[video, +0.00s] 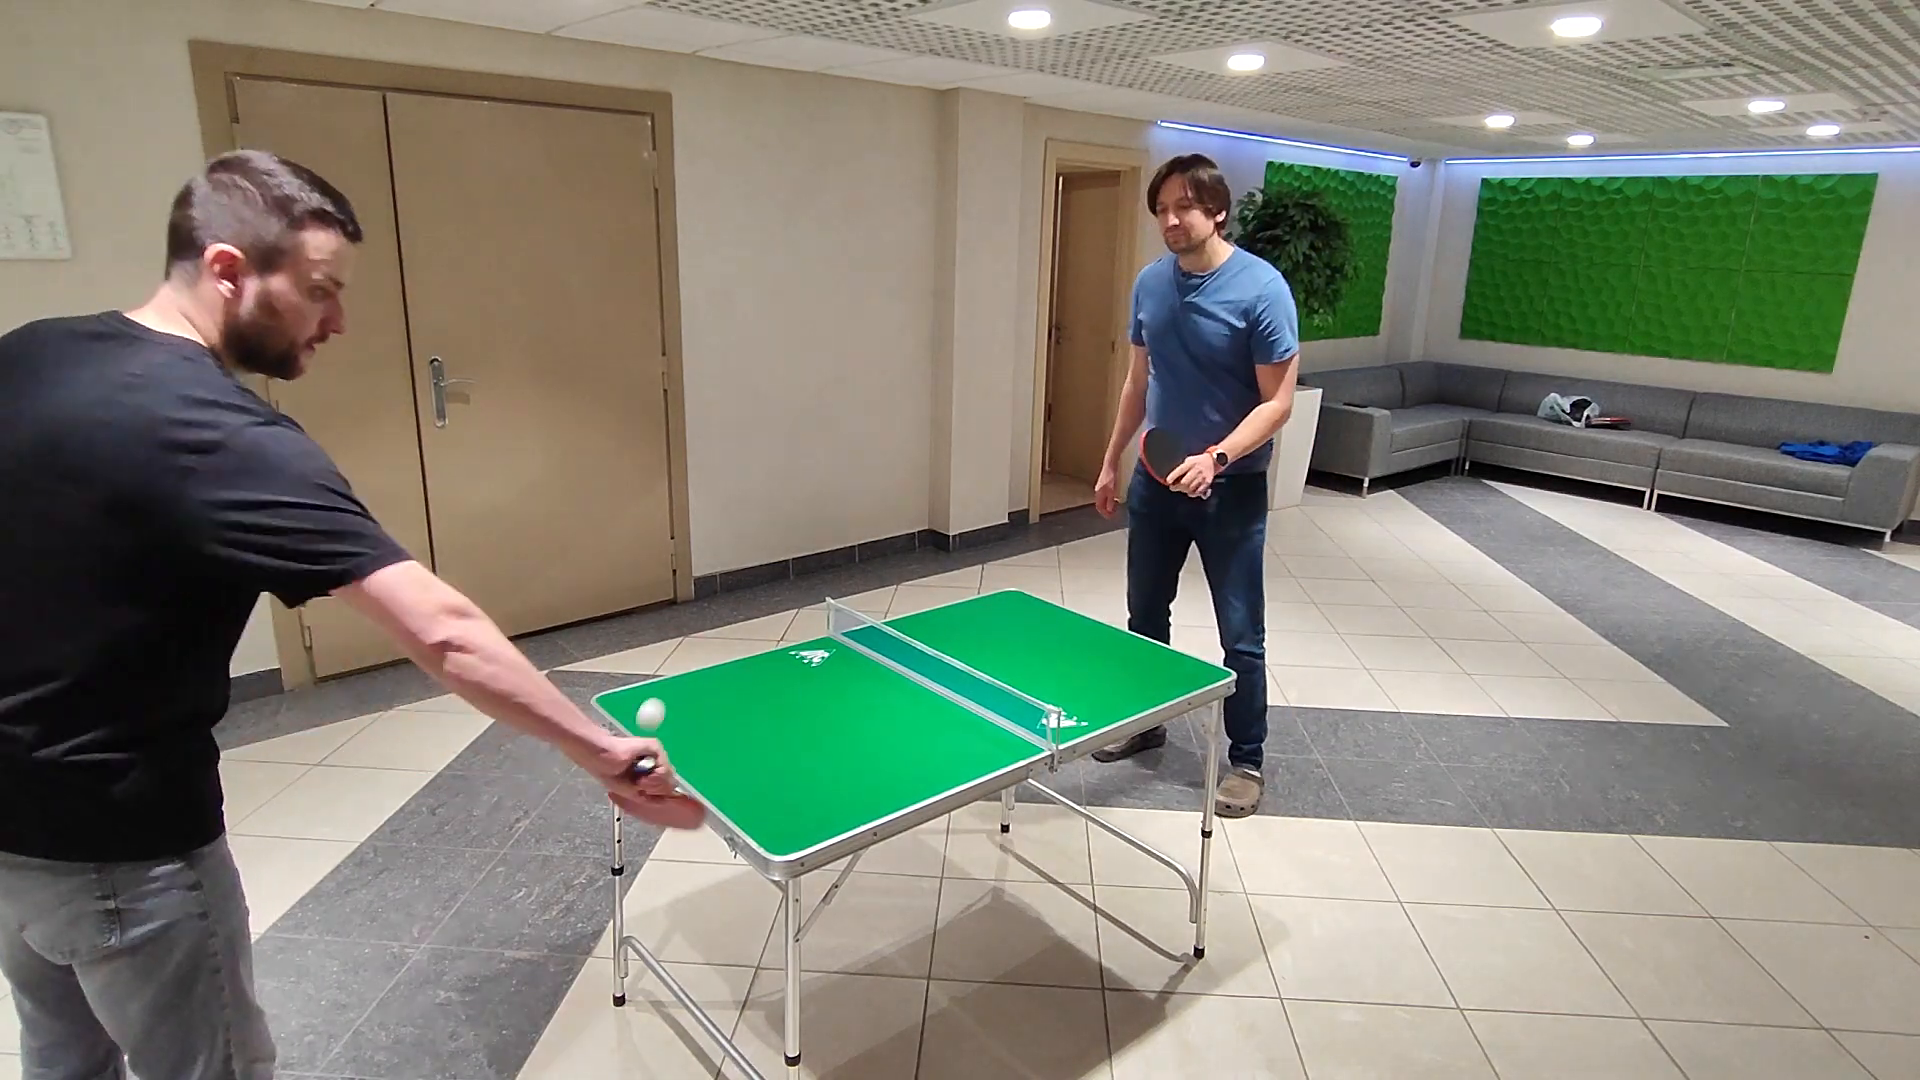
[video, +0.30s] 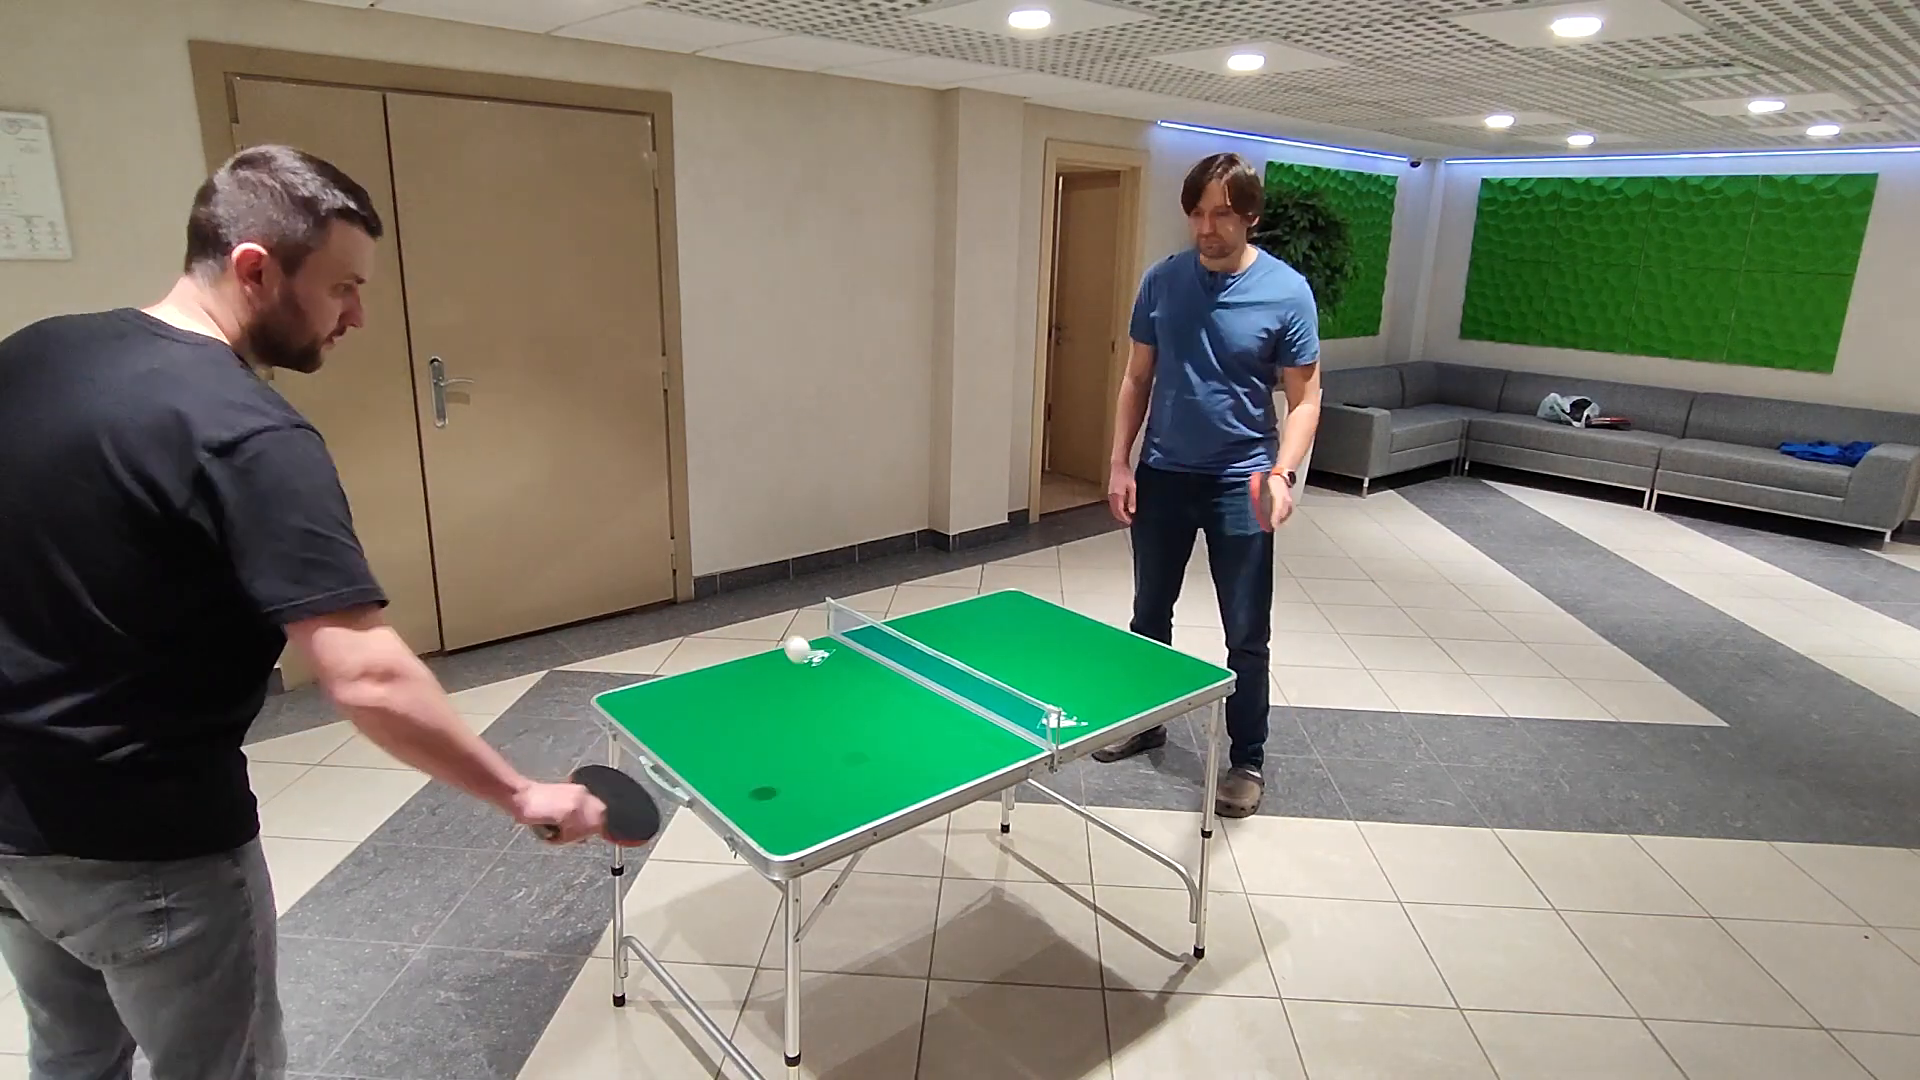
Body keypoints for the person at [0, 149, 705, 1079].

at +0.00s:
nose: (337, 322)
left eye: (339, 294)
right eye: (321, 288)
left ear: (222, 270)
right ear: (226, 271)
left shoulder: (26, 356)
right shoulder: (226, 433)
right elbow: (443, 633)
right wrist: (610, 752)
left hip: (9, 844)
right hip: (129, 864)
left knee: (60, 1067)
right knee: (216, 1067)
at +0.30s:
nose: (355, 316)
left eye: (358, 290)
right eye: (343, 286)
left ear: (248, 265)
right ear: (254, 268)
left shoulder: (31, 355)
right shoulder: (252, 432)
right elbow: (366, 679)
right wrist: (519, 794)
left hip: (17, 825)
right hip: (154, 851)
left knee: (72, 1060)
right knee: (222, 1064)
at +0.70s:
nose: (285, 276)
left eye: (281, 249)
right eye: (264, 249)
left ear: (162, 247)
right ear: (163, 243)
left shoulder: (82, 359)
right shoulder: (139, 419)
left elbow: (202, 575)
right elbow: (152, 687)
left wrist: (326, 676)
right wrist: (315, 809)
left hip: (82, 798)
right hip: (170, 823)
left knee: (102, 1039)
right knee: (366, 996)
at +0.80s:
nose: (333, 287)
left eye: (331, 258)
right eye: (313, 259)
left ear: (213, 256)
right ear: (216, 254)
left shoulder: (165, 366)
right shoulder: (177, 426)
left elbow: (266, 561)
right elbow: (174, 692)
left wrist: (402, 656)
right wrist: (352, 795)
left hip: (121, 795)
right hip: (201, 820)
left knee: (115, 1038)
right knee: (389, 1011)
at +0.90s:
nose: (408, 311)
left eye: (407, 284)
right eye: (392, 286)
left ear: (299, 279)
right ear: (304, 279)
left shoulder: (248, 381)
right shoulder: (252, 444)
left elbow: (359, 546)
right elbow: (217, 706)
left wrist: (500, 631)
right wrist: (398, 800)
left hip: (154, 797)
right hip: (238, 822)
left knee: (131, 1046)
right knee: (426, 1026)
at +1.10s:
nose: (609, 390)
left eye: (612, 369)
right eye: (604, 369)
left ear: (523, 352)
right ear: (536, 359)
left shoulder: (433, 414)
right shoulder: (435, 489)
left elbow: (562, 546)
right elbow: (344, 735)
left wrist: (703, 613)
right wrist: (494, 854)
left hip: (246, 769)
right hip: (317, 808)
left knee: (217, 1021)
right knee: (515, 979)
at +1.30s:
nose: (726, 419)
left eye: (734, 401)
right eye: (726, 398)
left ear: (652, 373)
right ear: (671, 383)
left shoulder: (545, 411)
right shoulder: (559, 481)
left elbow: (645, 566)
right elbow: (426, 707)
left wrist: (742, 672)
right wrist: (522, 859)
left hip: (295, 722)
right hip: (376, 776)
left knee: (288, 960)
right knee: (536, 972)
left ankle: (204, 1075)